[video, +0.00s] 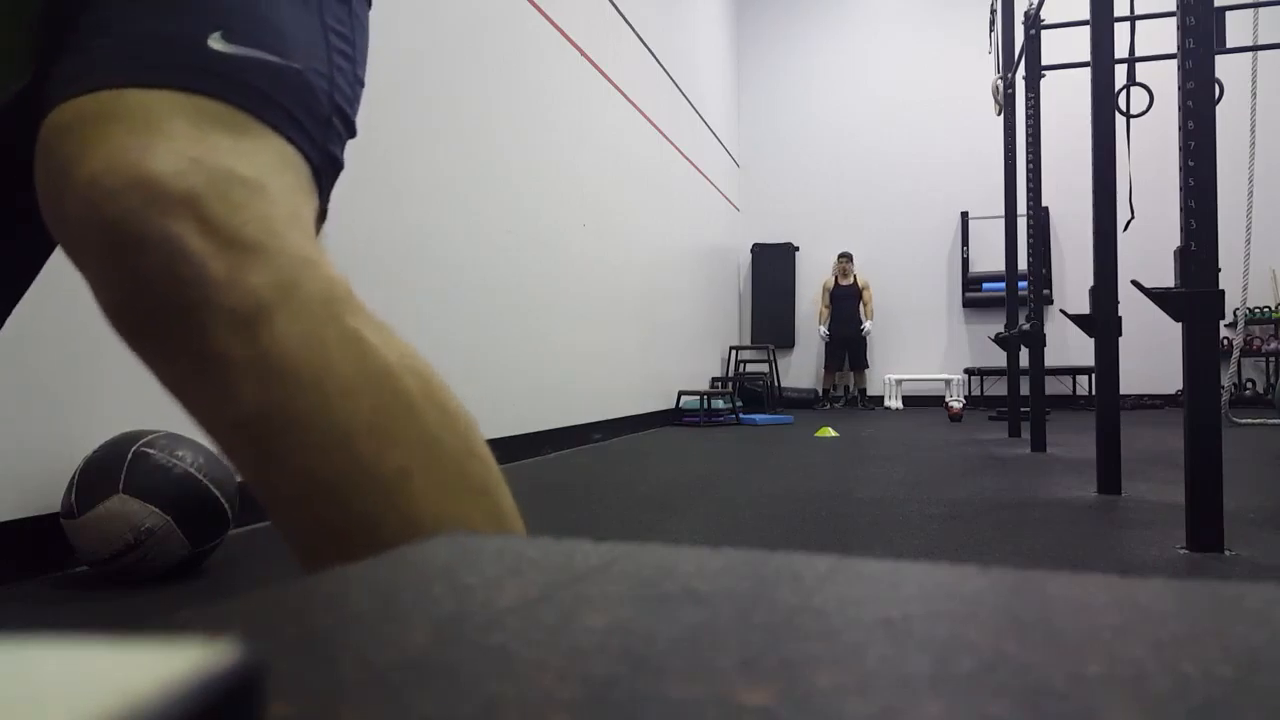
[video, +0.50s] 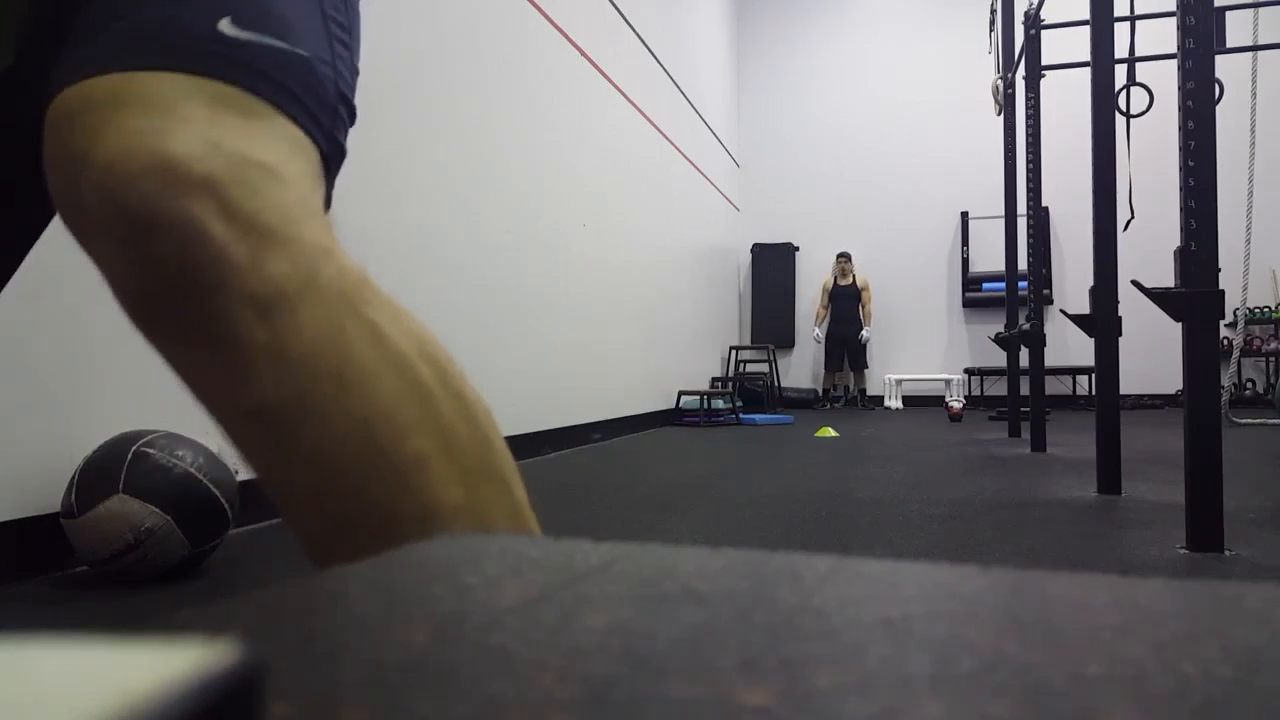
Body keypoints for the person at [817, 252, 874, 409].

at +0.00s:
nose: (843, 266)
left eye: (846, 263)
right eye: (841, 263)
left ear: (852, 265)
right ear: (837, 265)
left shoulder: (861, 283)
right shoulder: (829, 284)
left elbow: (867, 304)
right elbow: (825, 306)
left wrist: (869, 320)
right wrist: (821, 325)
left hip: (856, 331)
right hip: (835, 331)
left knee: (859, 368)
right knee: (830, 368)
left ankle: (862, 399)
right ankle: (825, 399)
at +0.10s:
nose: (844, 266)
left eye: (847, 263)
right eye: (841, 263)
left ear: (852, 265)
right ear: (837, 265)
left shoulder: (862, 283)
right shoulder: (830, 284)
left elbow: (867, 304)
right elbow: (826, 307)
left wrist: (869, 322)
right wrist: (821, 325)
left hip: (856, 331)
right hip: (835, 331)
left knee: (859, 368)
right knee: (830, 368)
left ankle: (862, 399)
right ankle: (825, 399)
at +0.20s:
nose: (843, 266)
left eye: (846, 263)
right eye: (841, 263)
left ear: (852, 264)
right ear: (837, 265)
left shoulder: (862, 283)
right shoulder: (830, 283)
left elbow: (867, 305)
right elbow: (825, 306)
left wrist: (868, 324)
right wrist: (820, 325)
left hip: (855, 331)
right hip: (835, 331)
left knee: (859, 368)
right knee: (830, 368)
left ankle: (862, 399)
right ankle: (825, 399)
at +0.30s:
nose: (843, 266)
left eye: (846, 262)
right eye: (840, 263)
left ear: (852, 264)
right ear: (837, 265)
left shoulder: (861, 283)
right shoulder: (829, 284)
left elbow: (866, 306)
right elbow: (824, 306)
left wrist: (868, 327)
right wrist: (818, 325)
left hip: (855, 331)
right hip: (835, 331)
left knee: (859, 368)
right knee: (830, 368)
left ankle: (862, 398)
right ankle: (825, 399)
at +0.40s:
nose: (843, 266)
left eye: (845, 262)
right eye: (840, 263)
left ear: (851, 264)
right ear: (836, 265)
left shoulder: (861, 283)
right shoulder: (829, 284)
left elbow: (866, 306)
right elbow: (823, 306)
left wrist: (867, 327)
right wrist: (817, 325)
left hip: (854, 331)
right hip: (834, 331)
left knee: (858, 368)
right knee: (830, 368)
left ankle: (862, 399)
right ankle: (825, 399)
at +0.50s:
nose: (843, 266)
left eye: (845, 262)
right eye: (840, 263)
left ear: (851, 264)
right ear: (836, 265)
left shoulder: (861, 282)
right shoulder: (829, 283)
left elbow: (866, 306)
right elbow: (823, 306)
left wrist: (867, 327)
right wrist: (817, 326)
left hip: (854, 331)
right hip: (834, 331)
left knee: (858, 368)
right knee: (830, 368)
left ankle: (862, 399)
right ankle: (825, 399)